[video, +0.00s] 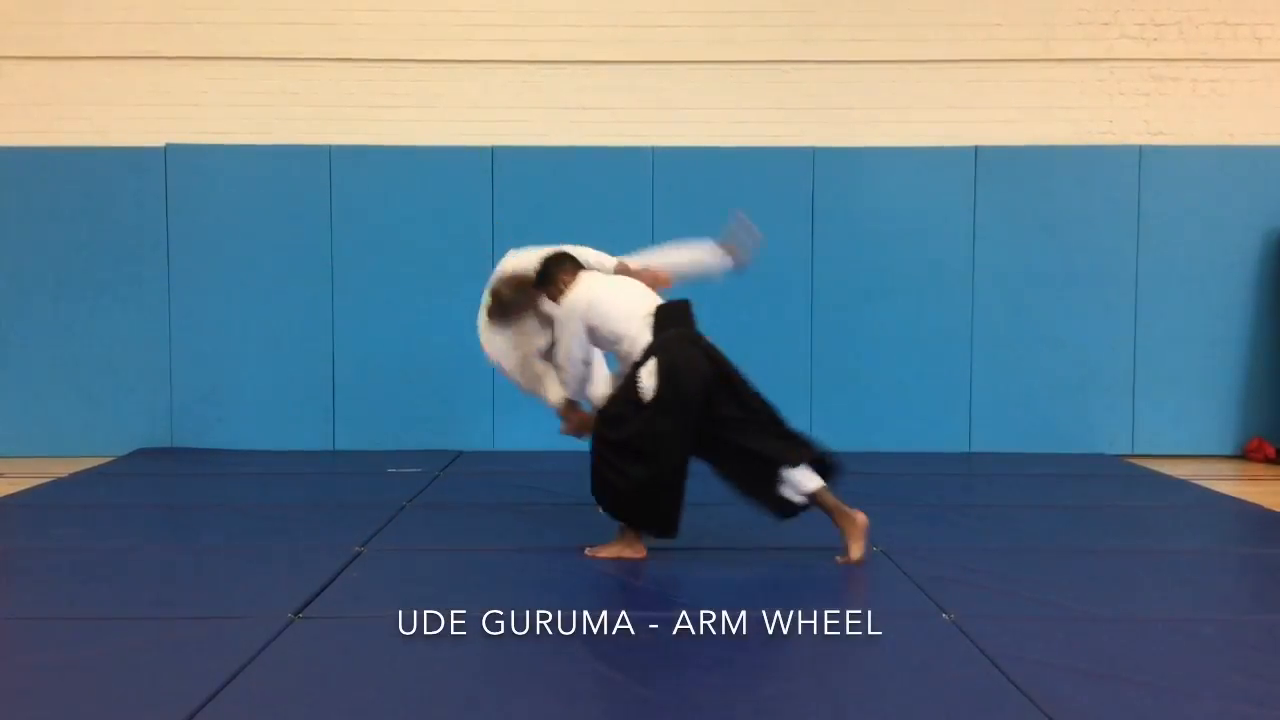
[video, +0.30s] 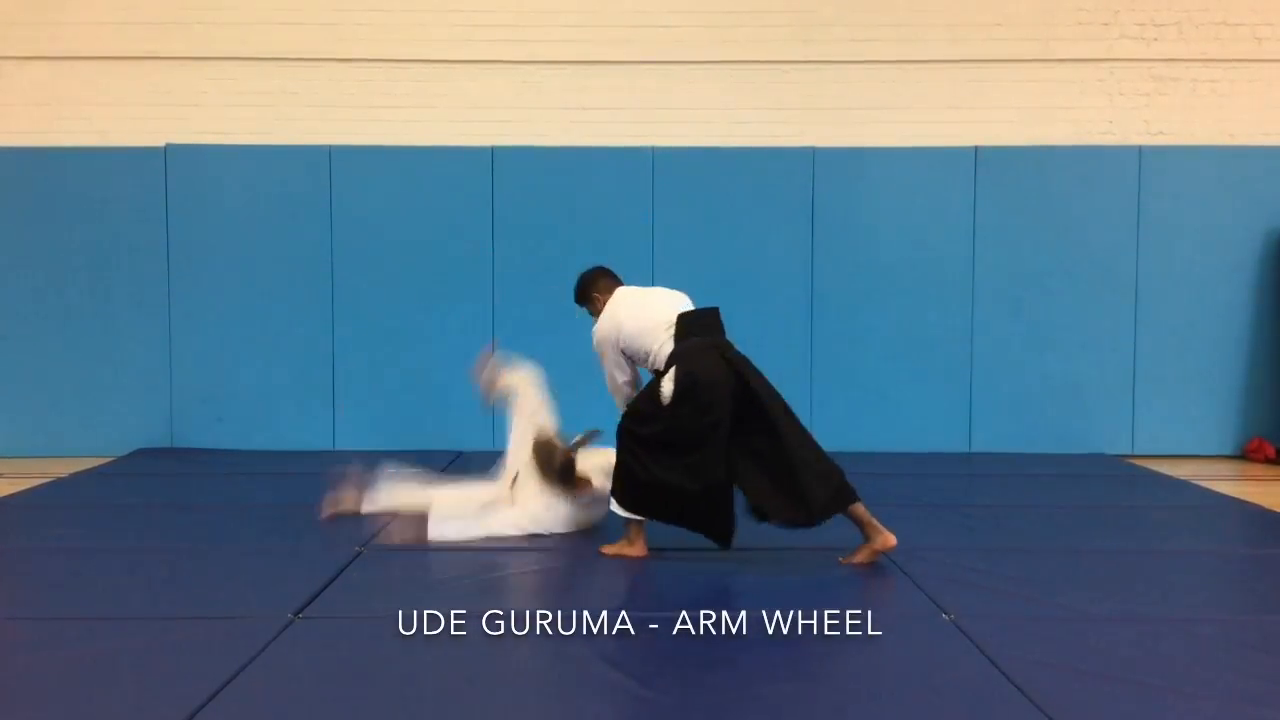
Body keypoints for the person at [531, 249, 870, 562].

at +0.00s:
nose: (551, 303)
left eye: (549, 297)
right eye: (549, 296)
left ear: (556, 288)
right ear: (577, 267)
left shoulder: (573, 304)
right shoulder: (616, 276)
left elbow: (574, 368)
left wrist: (573, 408)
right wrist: (598, 404)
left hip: (660, 372)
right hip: (695, 354)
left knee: (617, 438)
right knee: (748, 439)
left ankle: (630, 539)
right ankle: (847, 517)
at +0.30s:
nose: (591, 312)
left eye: (588, 306)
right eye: (589, 307)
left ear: (596, 298)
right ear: (617, 283)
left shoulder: (606, 327)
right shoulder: (660, 294)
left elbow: (627, 395)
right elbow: (689, 334)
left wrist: (640, 426)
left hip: (688, 372)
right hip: (727, 360)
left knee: (632, 433)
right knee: (788, 441)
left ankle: (633, 539)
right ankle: (875, 532)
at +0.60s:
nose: (587, 251)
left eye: (586, 244)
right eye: (586, 245)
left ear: (596, 239)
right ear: (619, 230)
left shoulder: (602, 272)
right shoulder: (658, 251)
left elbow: (603, 338)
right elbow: (675, 303)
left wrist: (609, 373)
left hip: (680, 351)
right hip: (721, 339)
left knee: (634, 433)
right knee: (761, 428)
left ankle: (634, 531)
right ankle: (842, 498)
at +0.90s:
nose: (655, 213)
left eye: (656, 205)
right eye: (655, 206)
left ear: (667, 203)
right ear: (691, 201)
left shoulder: (673, 245)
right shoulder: (729, 238)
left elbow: (667, 317)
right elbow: (738, 297)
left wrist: (656, 379)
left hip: (714, 348)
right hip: (749, 342)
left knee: (667, 425)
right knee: (750, 425)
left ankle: (644, 522)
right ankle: (792, 503)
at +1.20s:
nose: (708, 190)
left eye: (712, 184)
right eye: (710, 183)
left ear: (728, 187)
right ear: (742, 188)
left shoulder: (731, 230)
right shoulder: (766, 225)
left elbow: (743, 295)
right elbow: (753, 293)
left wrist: (746, 355)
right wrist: (713, 330)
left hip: (741, 334)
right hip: (771, 330)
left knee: (694, 411)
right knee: (782, 419)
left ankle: (707, 499)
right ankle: (801, 508)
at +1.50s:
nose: (697, 191)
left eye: (704, 184)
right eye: (699, 184)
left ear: (727, 189)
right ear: (728, 190)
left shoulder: (733, 230)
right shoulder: (738, 225)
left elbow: (739, 296)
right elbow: (730, 289)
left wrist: (728, 352)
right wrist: (698, 318)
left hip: (729, 338)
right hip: (752, 335)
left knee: (687, 417)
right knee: (776, 420)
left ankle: (679, 503)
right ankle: (800, 508)